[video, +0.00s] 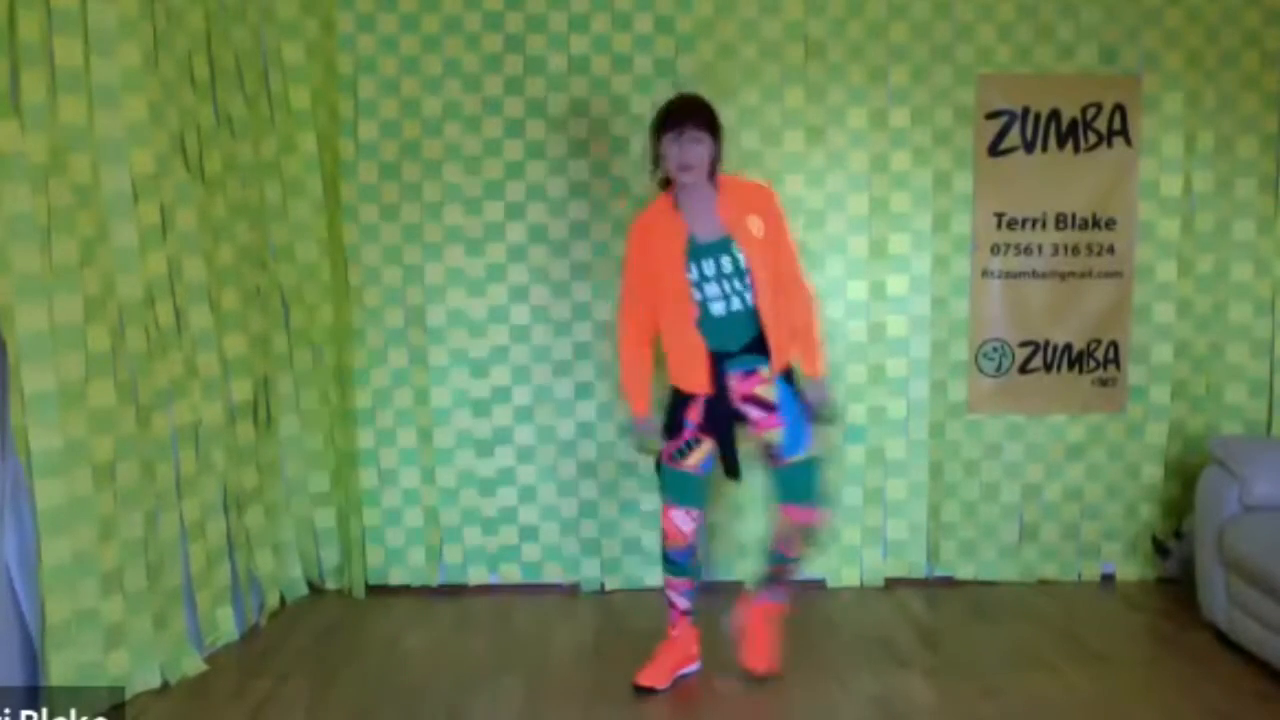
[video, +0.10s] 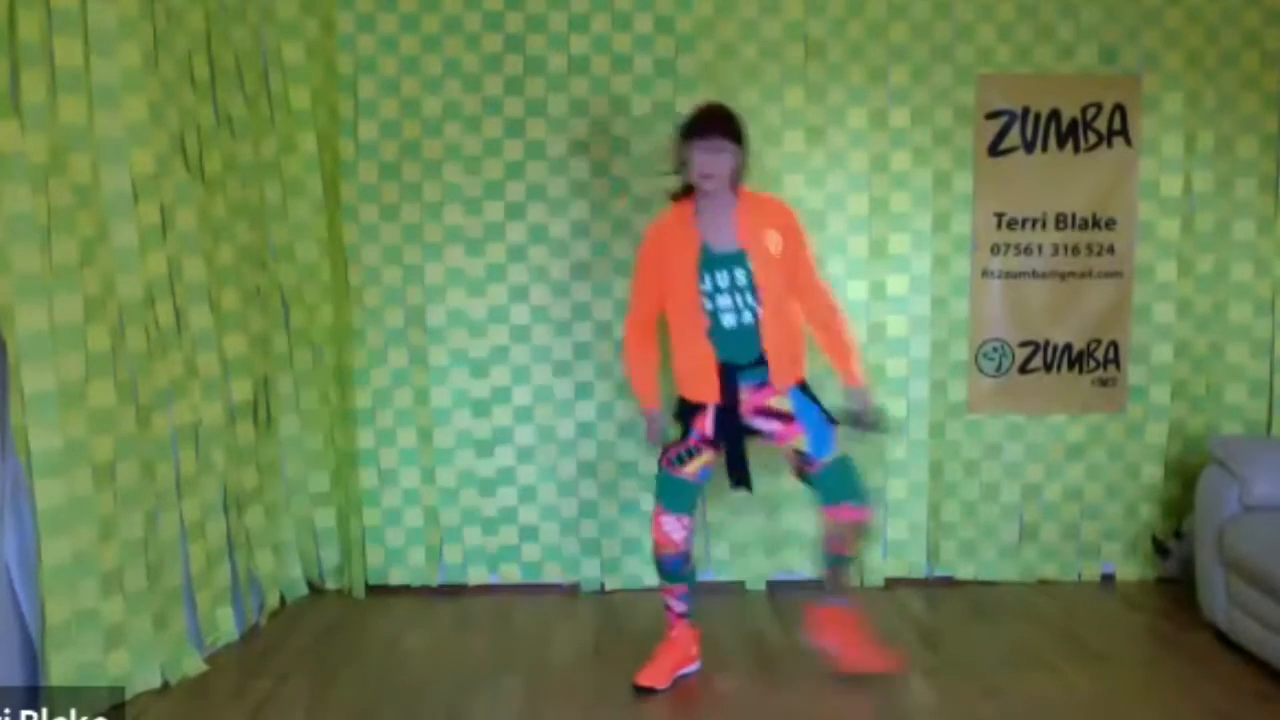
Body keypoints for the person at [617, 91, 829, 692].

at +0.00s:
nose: (686, 152)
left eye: (697, 141)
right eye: (674, 142)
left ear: (717, 149)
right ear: (660, 155)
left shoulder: (754, 201)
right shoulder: (650, 228)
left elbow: (789, 284)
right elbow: (636, 317)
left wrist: (810, 369)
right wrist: (638, 404)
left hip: (765, 369)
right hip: (695, 378)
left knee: (803, 502)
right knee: (679, 513)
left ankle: (766, 606)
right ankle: (680, 634)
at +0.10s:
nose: (708, 166)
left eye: (720, 154)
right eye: (698, 155)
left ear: (739, 160)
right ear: (684, 161)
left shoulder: (773, 218)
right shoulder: (666, 233)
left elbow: (813, 297)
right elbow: (640, 324)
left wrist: (853, 377)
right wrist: (650, 404)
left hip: (778, 388)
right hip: (704, 396)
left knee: (846, 500)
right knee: (670, 518)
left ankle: (834, 613)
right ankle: (679, 635)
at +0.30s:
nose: (849, 223)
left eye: (861, 213)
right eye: (840, 209)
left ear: (876, 222)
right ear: (821, 209)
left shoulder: (881, 293)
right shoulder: (774, 258)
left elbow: (936, 364)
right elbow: (699, 287)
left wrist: (999, 437)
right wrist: (699, 355)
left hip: (834, 441)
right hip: (755, 437)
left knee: (943, 531)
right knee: (670, 541)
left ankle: (969, 646)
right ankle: (680, 638)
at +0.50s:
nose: (932, 253)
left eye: (946, 246)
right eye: (926, 239)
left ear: (959, 262)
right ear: (904, 241)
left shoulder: (951, 337)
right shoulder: (851, 275)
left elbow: (1008, 403)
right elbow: (772, 265)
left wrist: (1080, 471)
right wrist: (764, 332)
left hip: (877, 460)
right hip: (800, 446)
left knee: (990, 530)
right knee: (691, 534)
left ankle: (977, 645)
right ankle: (682, 640)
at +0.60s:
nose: (952, 260)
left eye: (967, 255)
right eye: (947, 245)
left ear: (980, 274)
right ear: (926, 247)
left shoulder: (966, 346)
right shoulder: (871, 278)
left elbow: (1025, 409)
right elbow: (791, 263)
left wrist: (1097, 475)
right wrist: (784, 331)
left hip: (882, 465)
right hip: (806, 449)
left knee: (998, 529)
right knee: (693, 525)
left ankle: (978, 647)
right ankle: (678, 631)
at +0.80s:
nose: (915, 256)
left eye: (929, 249)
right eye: (909, 242)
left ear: (945, 258)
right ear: (893, 238)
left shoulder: (944, 324)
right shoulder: (846, 276)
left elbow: (999, 392)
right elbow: (762, 287)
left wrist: (1069, 463)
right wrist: (755, 357)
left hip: (868, 454)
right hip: (795, 445)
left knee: (987, 531)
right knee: (688, 537)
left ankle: (976, 646)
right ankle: (674, 638)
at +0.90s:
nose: (836, 214)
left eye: (850, 205)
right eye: (832, 201)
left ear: (869, 219)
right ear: (817, 204)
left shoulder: (879, 284)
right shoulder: (775, 258)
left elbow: (934, 356)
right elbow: (701, 308)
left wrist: (988, 432)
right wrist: (693, 381)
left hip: (833, 428)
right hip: (762, 426)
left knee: (935, 527)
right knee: (674, 536)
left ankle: (972, 643)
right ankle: (673, 639)